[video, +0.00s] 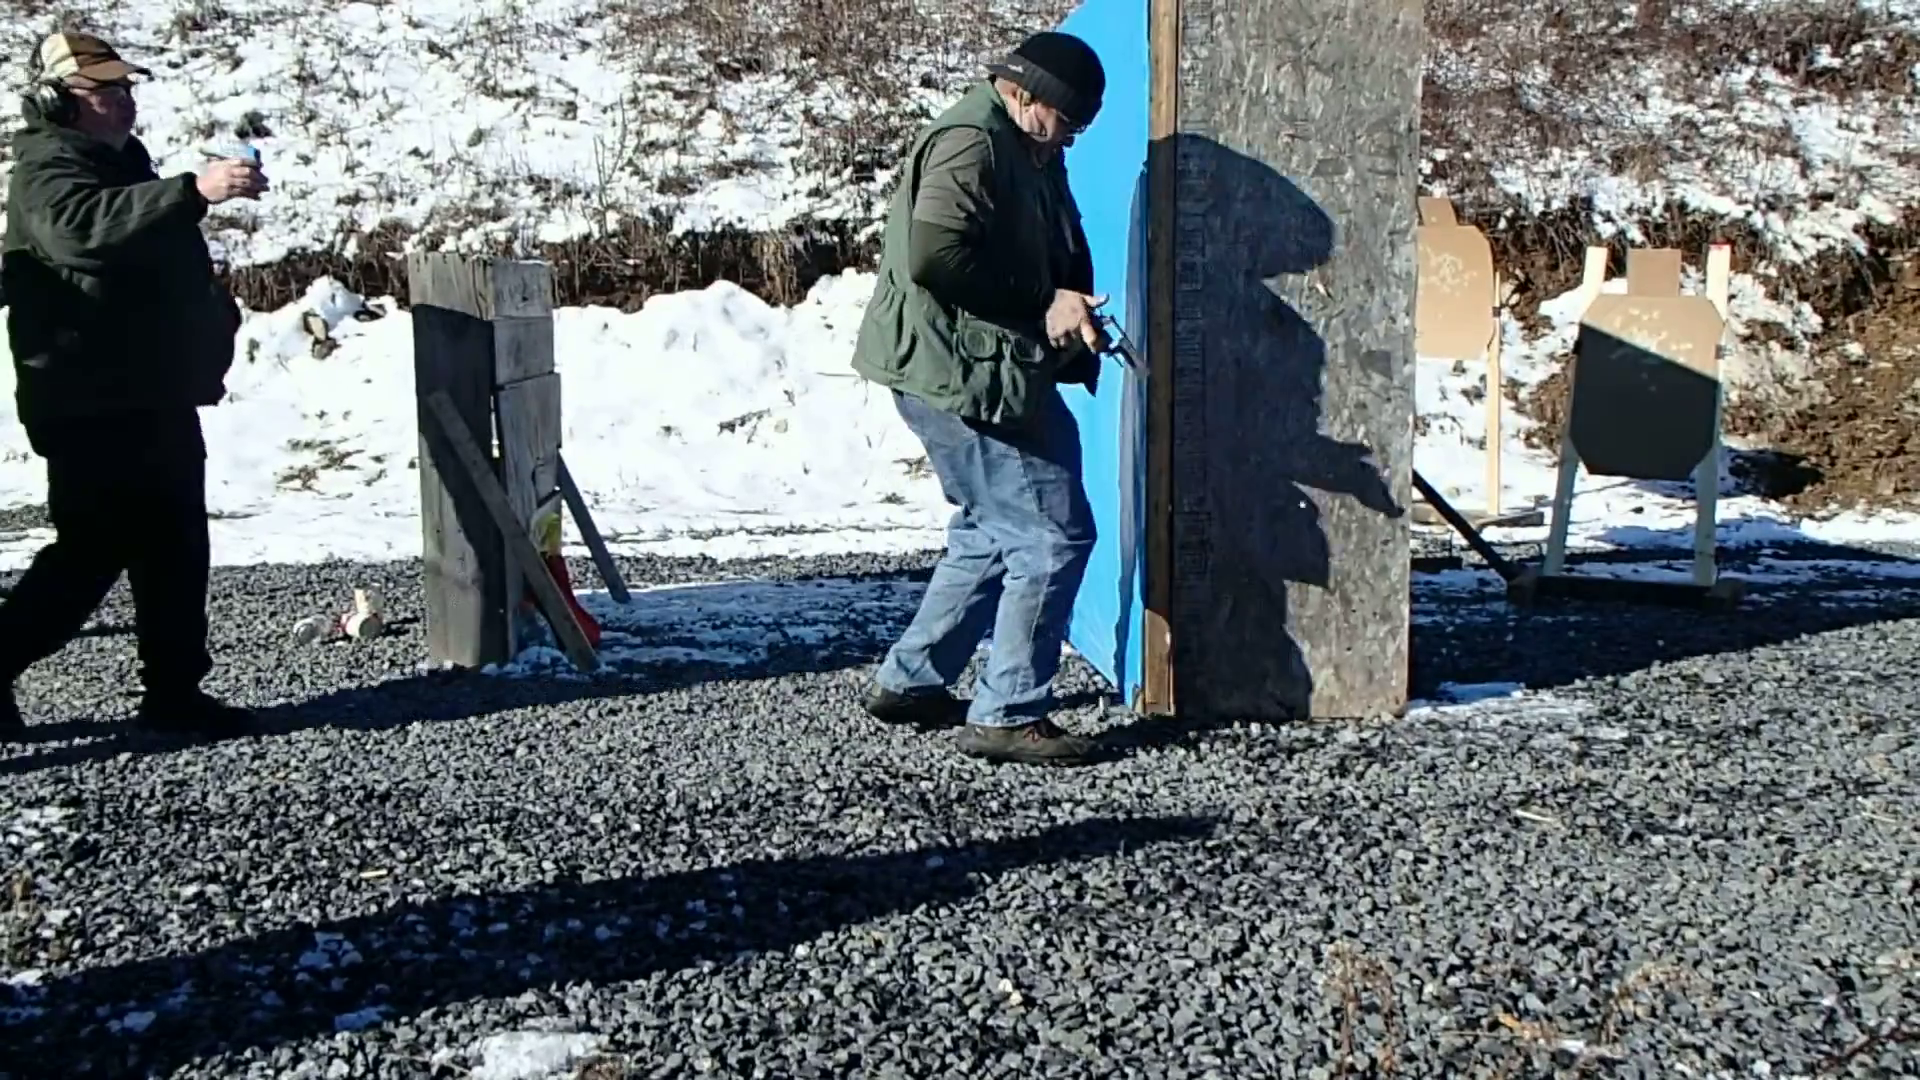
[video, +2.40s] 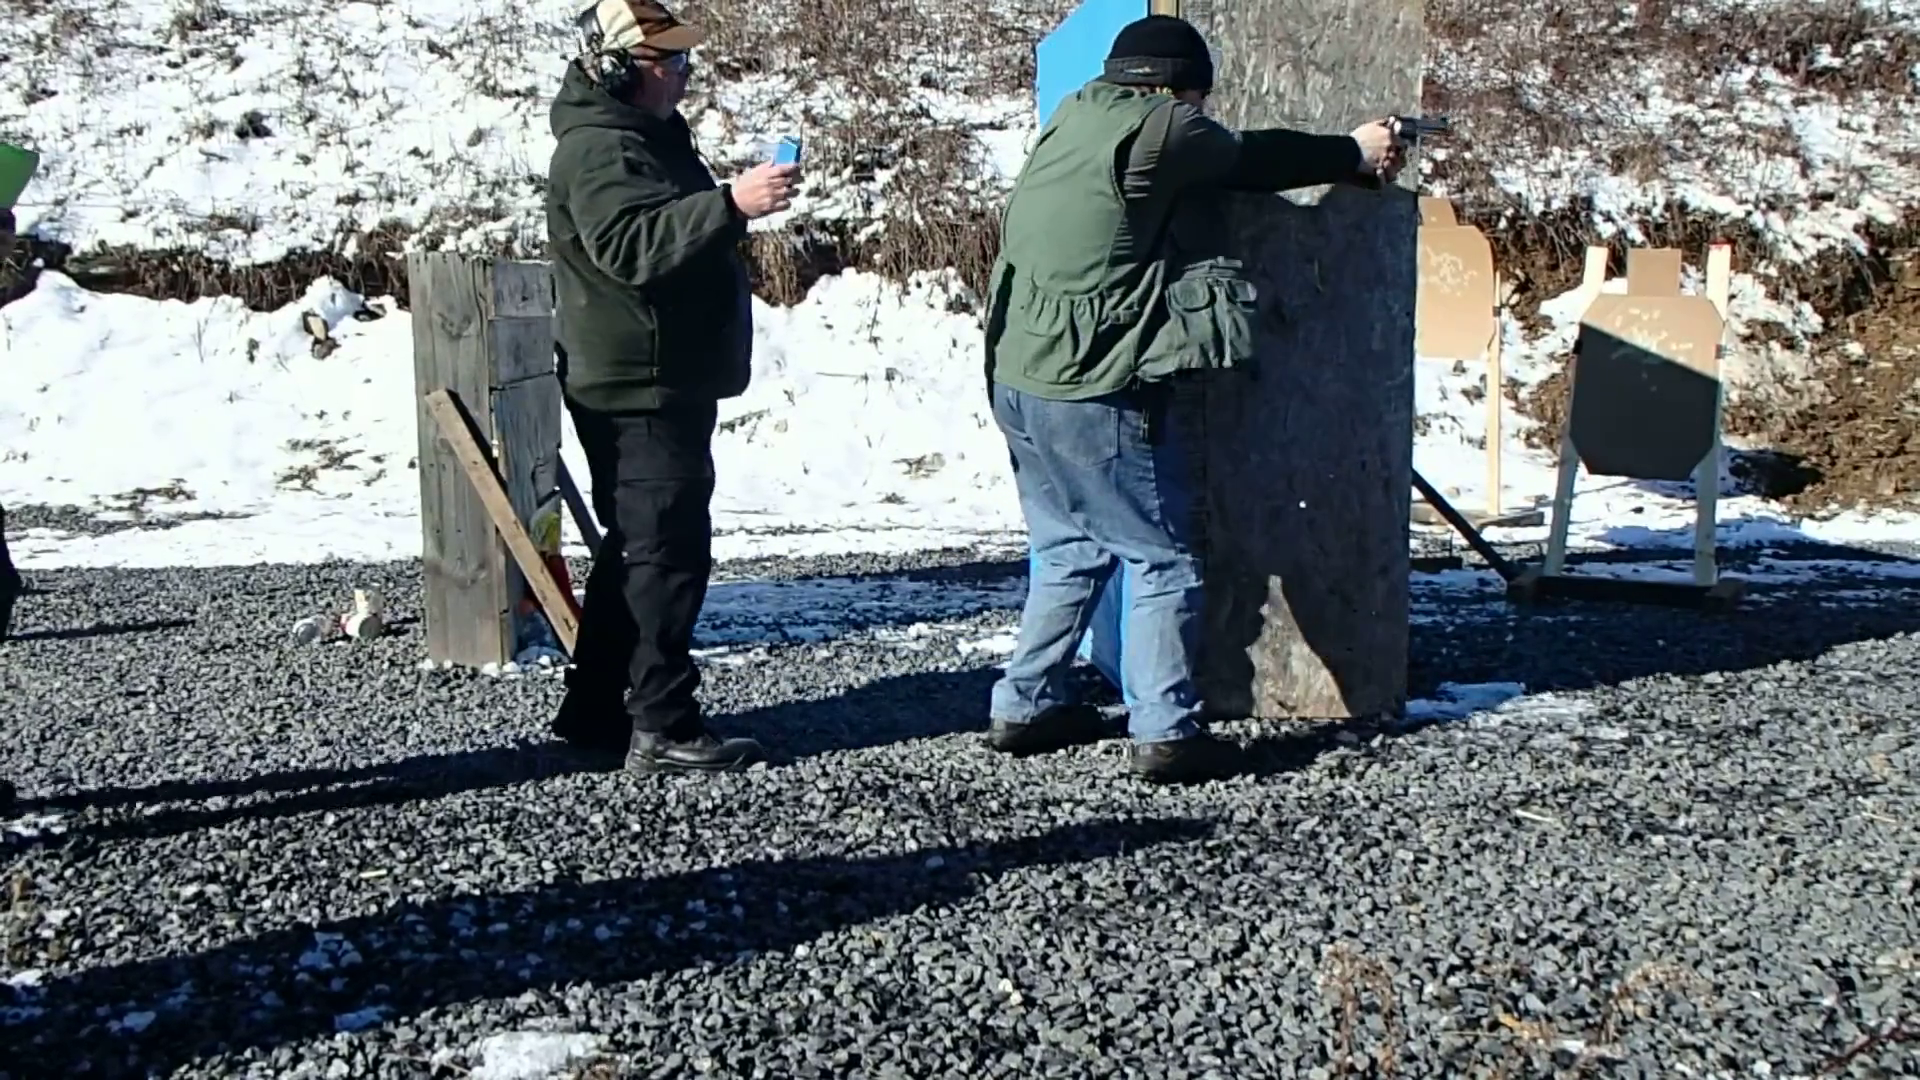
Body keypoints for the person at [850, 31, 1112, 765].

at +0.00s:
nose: (1073, 134)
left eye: (1079, 121)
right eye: (1069, 117)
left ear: (1031, 98)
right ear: (1026, 94)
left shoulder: (1025, 153)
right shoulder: (973, 141)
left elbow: (1057, 263)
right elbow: (935, 255)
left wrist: (1071, 323)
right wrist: (1040, 308)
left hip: (966, 371)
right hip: (964, 375)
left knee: (988, 531)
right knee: (1055, 534)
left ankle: (909, 682)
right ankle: (1008, 714)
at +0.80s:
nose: (1136, 109)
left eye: (1142, 95)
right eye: (1134, 90)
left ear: (1080, 63)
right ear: (1097, 67)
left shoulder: (1049, 103)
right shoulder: (1056, 102)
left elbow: (1109, 234)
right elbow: (1037, 219)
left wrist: (1149, 279)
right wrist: (1129, 287)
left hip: (1028, 357)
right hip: (1040, 360)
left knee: (1068, 535)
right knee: (1097, 538)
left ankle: (1018, 701)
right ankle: (1011, 709)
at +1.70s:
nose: (1171, 100)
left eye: (1174, 85)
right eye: (1169, 83)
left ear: (1102, 68)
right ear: (1130, 75)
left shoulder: (1050, 113)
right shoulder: (1092, 123)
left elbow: (1070, 256)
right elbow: (1118, 248)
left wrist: (1178, 287)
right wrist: (1203, 281)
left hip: (999, 365)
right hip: (1051, 370)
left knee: (1055, 534)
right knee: (1148, 519)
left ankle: (1019, 705)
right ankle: (1085, 686)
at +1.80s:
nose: (1182, 104)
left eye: (1186, 89)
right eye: (1181, 88)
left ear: (1106, 70)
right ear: (1145, 81)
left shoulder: (1051, 110)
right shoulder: (1114, 137)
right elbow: (1167, 240)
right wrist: (1262, 251)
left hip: (999, 363)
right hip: (1065, 378)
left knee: (1052, 538)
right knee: (1151, 542)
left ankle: (1021, 704)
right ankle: (1167, 722)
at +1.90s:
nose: (1194, 108)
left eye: (1196, 93)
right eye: (1194, 93)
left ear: (1119, 73)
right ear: (1165, 83)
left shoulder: (1057, 115)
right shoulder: (1142, 142)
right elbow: (1229, 196)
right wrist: (1319, 196)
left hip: (1005, 371)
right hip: (1078, 386)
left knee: (1057, 546)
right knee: (1143, 558)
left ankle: (1020, 708)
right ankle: (1163, 733)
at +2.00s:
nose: (1204, 107)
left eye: (1204, 94)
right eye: (1202, 94)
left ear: (1123, 71)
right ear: (1178, 84)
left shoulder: (1070, 115)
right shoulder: (1158, 134)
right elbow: (1255, 166)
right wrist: (1348, 164)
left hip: (1011, 368)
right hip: (1086, 382)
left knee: (1062, 545)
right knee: (1155, 558)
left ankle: (1022, 707)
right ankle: (1167, 733)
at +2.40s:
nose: (1202, 106)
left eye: (1202, 96)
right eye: (1200, 94)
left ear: (1118, 72)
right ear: (1180, 86)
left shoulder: (1069, 119)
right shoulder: (1164, 130)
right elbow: (1258, 160)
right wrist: (1357, 149)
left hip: (1017, 377)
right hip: (1090, 388)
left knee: (1068, 545)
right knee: (1163, 559)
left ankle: (1024, 705)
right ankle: (1165, 732)